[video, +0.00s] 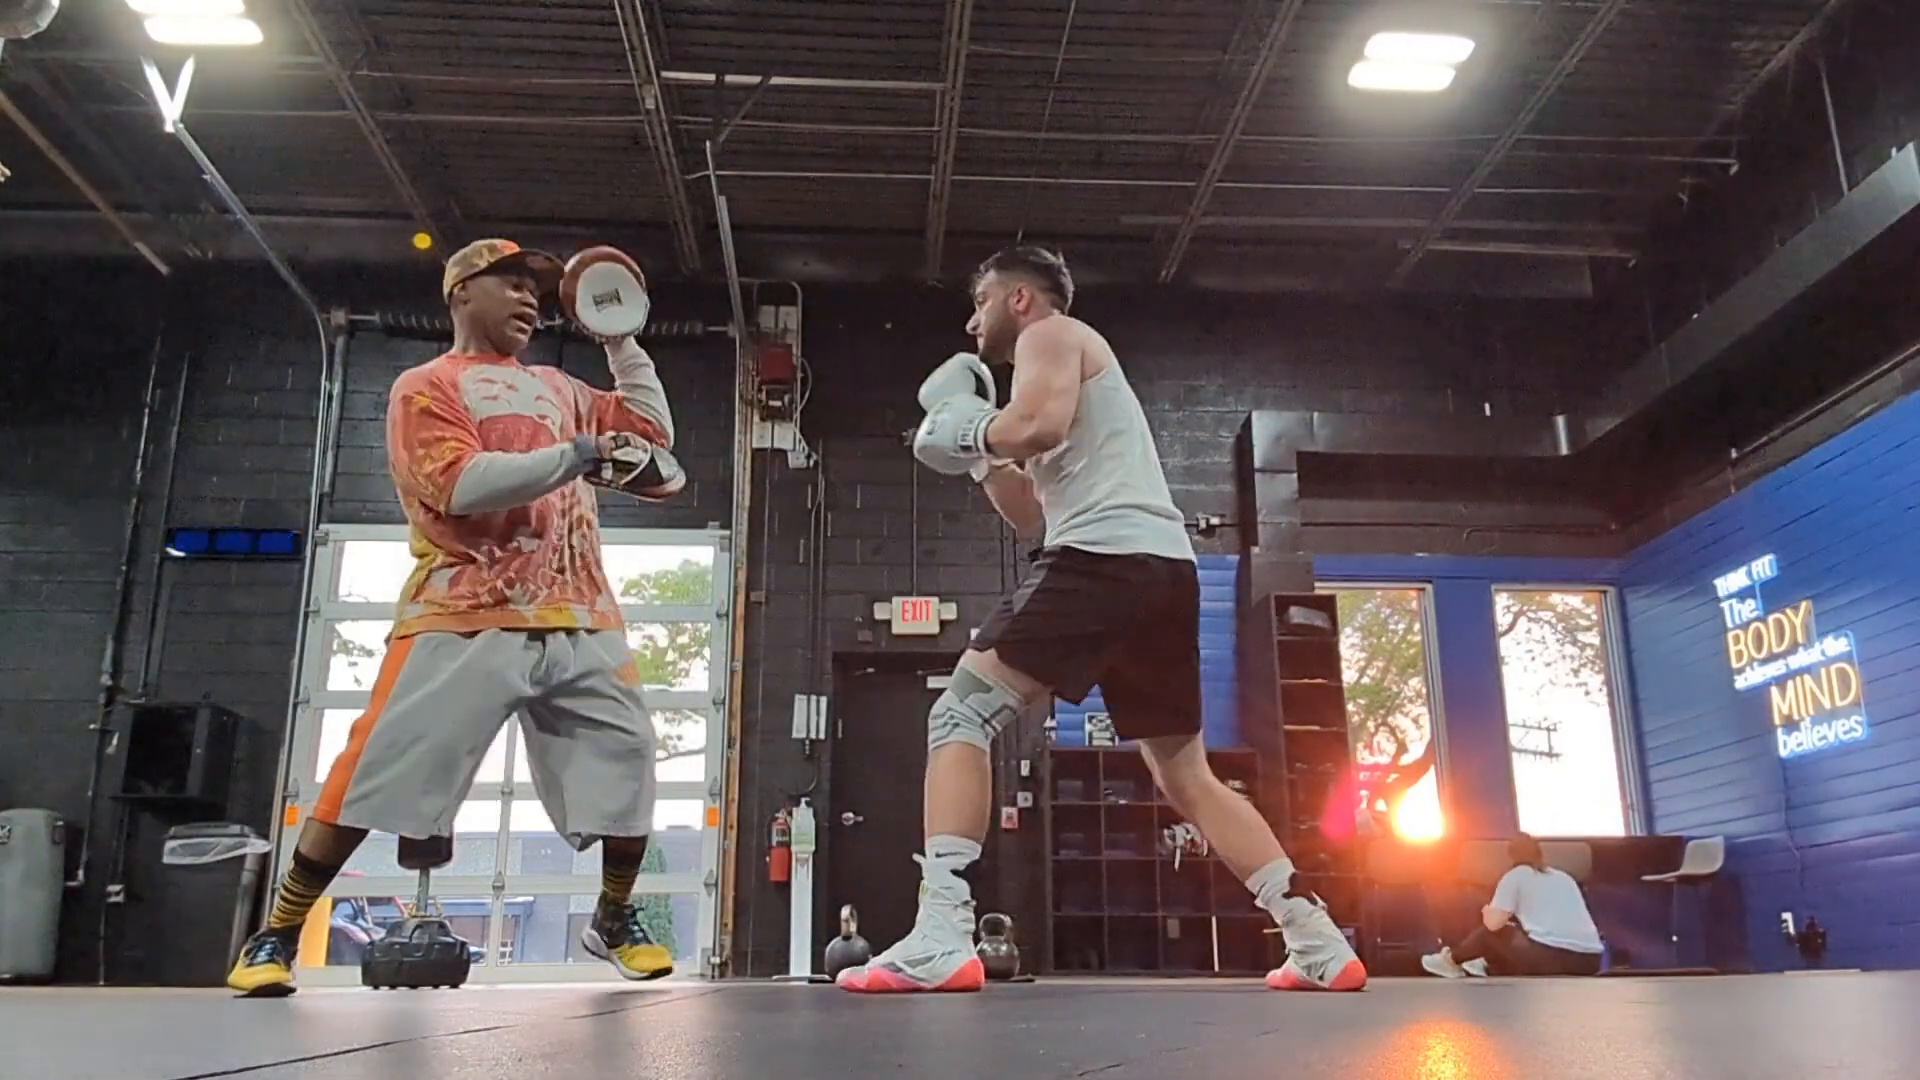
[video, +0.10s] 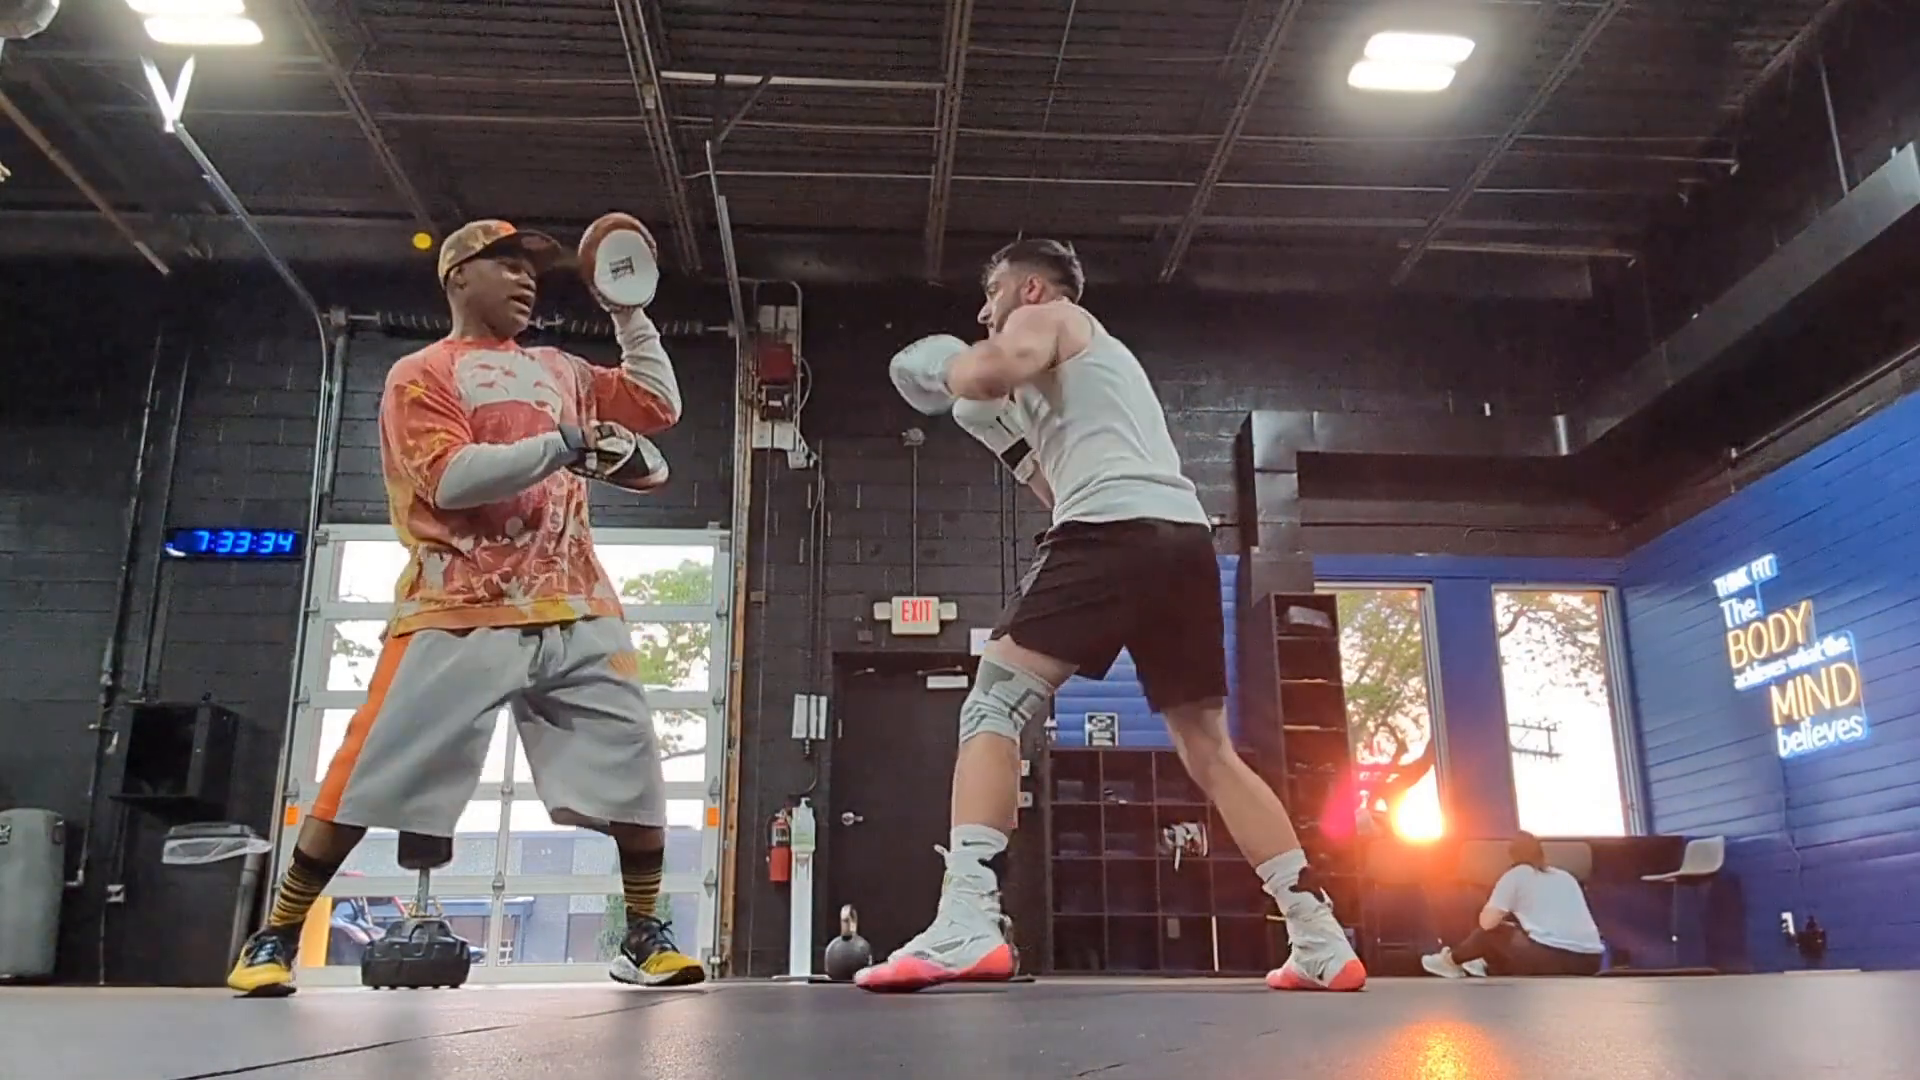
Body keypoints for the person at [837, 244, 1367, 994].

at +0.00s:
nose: (974, 320)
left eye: (980, 302)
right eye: (973, 307)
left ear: (1021, 296)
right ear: (1036, 303)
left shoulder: (1048, 331)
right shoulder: (1073, 372)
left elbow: (1038, 422)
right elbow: (1030, 516)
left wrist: (964, 427)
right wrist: (976, 446)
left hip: (1103, 559)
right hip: (1166, 569)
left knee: (963, 713)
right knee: (1187, 775)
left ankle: (941, 935)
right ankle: (1316, 939)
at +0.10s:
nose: (984, 310)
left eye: (991, 293)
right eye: (985, 299)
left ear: (1030, 283)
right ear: (1052, 291)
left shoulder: (1047, 312)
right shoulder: (1106, 356)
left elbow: (998, 370)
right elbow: (1070, 500)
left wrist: (943, 366)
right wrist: (1002, 431)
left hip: (1108, 531)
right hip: (1188, 540)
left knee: (996, 709)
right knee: (1209, 748)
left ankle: (966, 920)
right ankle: (1319, 936)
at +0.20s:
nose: (997, 304)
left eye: (1005, 290)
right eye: (999, 292)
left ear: (1042, 285)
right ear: (1074, 295)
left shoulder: (1037, 313)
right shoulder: (1133, 351)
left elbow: (912, 313)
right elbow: (1125, 446)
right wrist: (1030, 436)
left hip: (1106, 528)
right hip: (1192, 531)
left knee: (1010, 715)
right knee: (1215, 746)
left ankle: (980, 929)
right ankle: (1321, 930)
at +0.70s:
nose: (1007, 280)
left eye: (1014, 263)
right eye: (1007, 267)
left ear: (1052, 250)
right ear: (1075, 256)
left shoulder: (1066, 282)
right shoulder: (1123, 339)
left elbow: (991, 321)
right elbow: (1113, 442)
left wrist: (922, 298)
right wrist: (1032, 405)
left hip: (1105, 529)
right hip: (1167, 542)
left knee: (984, 698)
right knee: (1171, 746)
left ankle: (987, 917)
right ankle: (1319, 901)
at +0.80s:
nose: (982, 253)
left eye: (990, 235)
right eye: (982, 240)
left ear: (1033, 226)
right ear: (1036, 232)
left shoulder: (1089, 277)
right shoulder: (1030, 325)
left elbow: (1050, 360)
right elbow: (965, 399)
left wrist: (971, 315)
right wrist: (914, 340)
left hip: (1107, 529)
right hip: (1107, 535)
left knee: (997, 693)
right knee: (1148, 751)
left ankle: (992, 924)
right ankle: (1312, 880)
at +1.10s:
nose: (997, 258)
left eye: (1005, 238)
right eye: (996, 244)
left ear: (1051, 228)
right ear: (1045, 237)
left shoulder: (1122, 289)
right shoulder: (1051, 334)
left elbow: (1145, 397)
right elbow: (1009, 450)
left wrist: (1036, 371)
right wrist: (968, 375)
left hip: (1131, 538)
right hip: (1133, 545)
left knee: (1017, 703)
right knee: (1175, 749)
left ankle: (999, 934)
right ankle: (1332, 908)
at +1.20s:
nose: (1002, 292)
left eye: (1006, 274)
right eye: (999, 279)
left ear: (1045, 261)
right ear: (1056, 267)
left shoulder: (1115, 320)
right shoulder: (1082, 353)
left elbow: (1165, 427)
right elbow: (1085, 446)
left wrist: (1049, 427)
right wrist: (1012, 368)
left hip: (1156, 552)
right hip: (1201, 563)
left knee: (1007, 703)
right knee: (1216, 776)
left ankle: (1000, 931)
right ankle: (1350, 937)